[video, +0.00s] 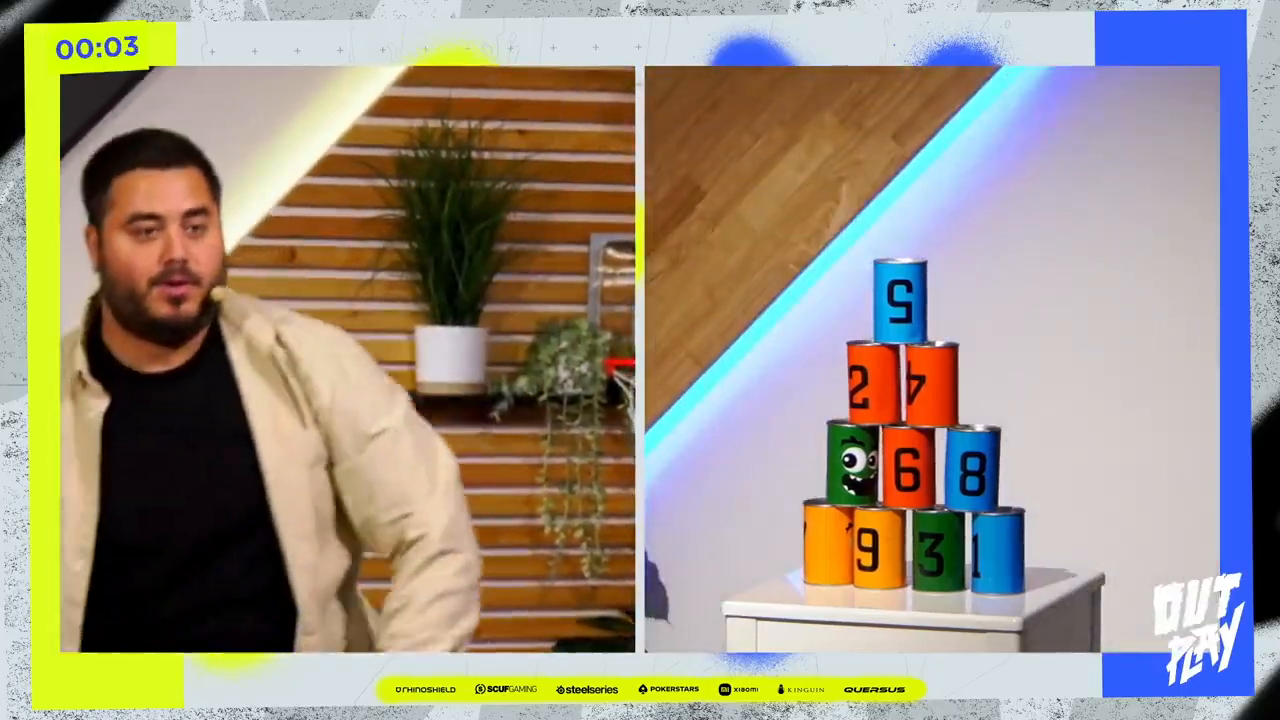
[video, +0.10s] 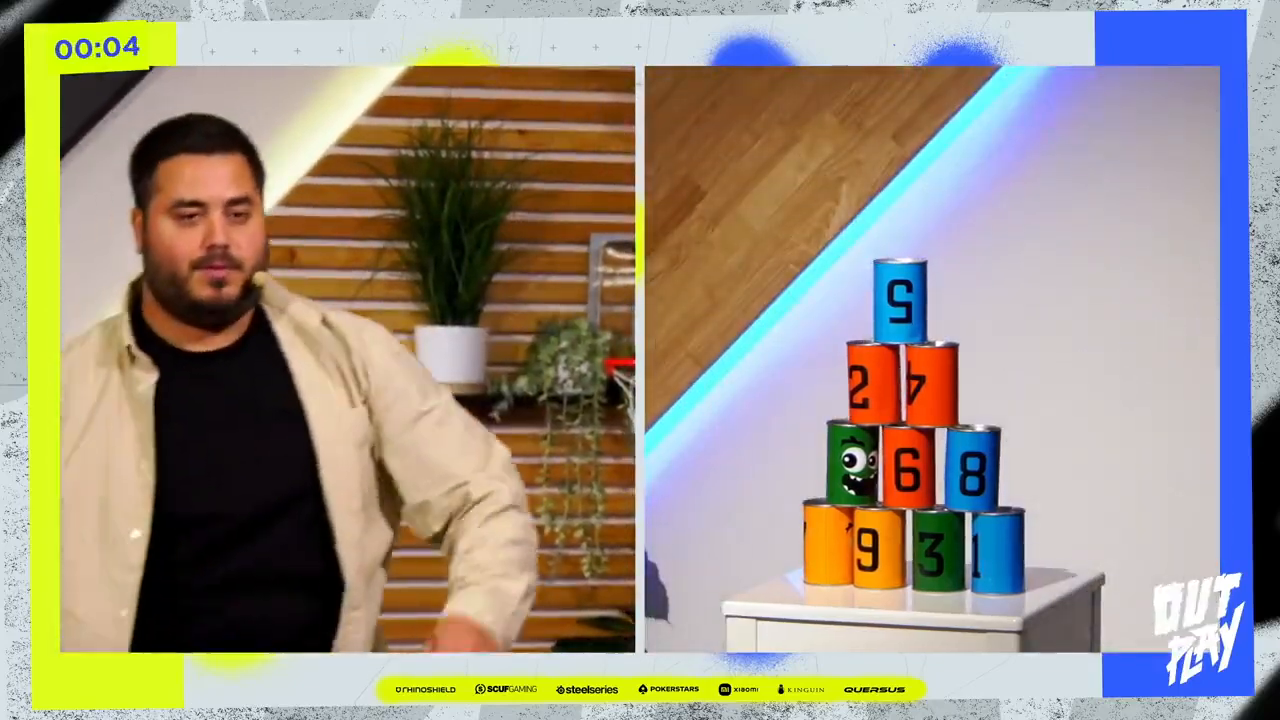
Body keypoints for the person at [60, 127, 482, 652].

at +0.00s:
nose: (177, 253)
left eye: (196, 225)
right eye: (145, 230)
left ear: (221, 235)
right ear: (95, 246)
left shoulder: (312, 364)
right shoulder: (37, 394)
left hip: (295, 708)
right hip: (92, 711)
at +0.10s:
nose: (218, 239)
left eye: (238, 212)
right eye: (187, 215)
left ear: (263, 222)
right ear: (140, 230)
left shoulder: (352, 356)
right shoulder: (60, 387)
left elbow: (487, 494)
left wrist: (471, 626)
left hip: (312, 700)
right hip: (123, 700)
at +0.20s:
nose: (257, 235)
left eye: (279, 211)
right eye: (228, 211)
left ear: (304, 223)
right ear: (183, 225)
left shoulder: (386, 362)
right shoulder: (101, 378)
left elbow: (511, 484)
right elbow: (39, 543)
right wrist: (114, 595)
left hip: (346, 692)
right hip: (170, 695)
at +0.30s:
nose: (291, 230)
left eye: (312, 206)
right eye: (262, 206)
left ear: (337, 219)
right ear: (217, 218)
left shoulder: (408, 362)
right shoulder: (134, 360)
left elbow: (496, 526)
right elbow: (67, 514)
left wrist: (519, 491)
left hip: (372, 695)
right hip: (201, 695)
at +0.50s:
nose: (311, 211)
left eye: (333, 189)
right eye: (284, 189)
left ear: (357, 213)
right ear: (240, 209)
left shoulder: (414, 354)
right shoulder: (155, 342)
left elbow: (532, 510)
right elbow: (91, 490)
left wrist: (495, 428)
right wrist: (183, 442)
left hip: (381, 694)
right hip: (201, 693)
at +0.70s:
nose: (290, 199)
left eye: (310, 179)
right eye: (260, 178)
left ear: (332, 207)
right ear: (213, 207)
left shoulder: (393, 337)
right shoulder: (136, 343)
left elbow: (521, 458)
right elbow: (106, 496)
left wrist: (462, 353)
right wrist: (226, 444)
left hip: (387, 685)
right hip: (211, 686)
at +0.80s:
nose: (280, 195)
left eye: (300, 176)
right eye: (249, 175)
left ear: (321, 208)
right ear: (200, 208)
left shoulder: (379, 340)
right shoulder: (124, 345)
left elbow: (510, 440)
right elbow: (127, 495)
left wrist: (461, 329)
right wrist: (269, 440)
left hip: (363, 680)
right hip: (194, 682)